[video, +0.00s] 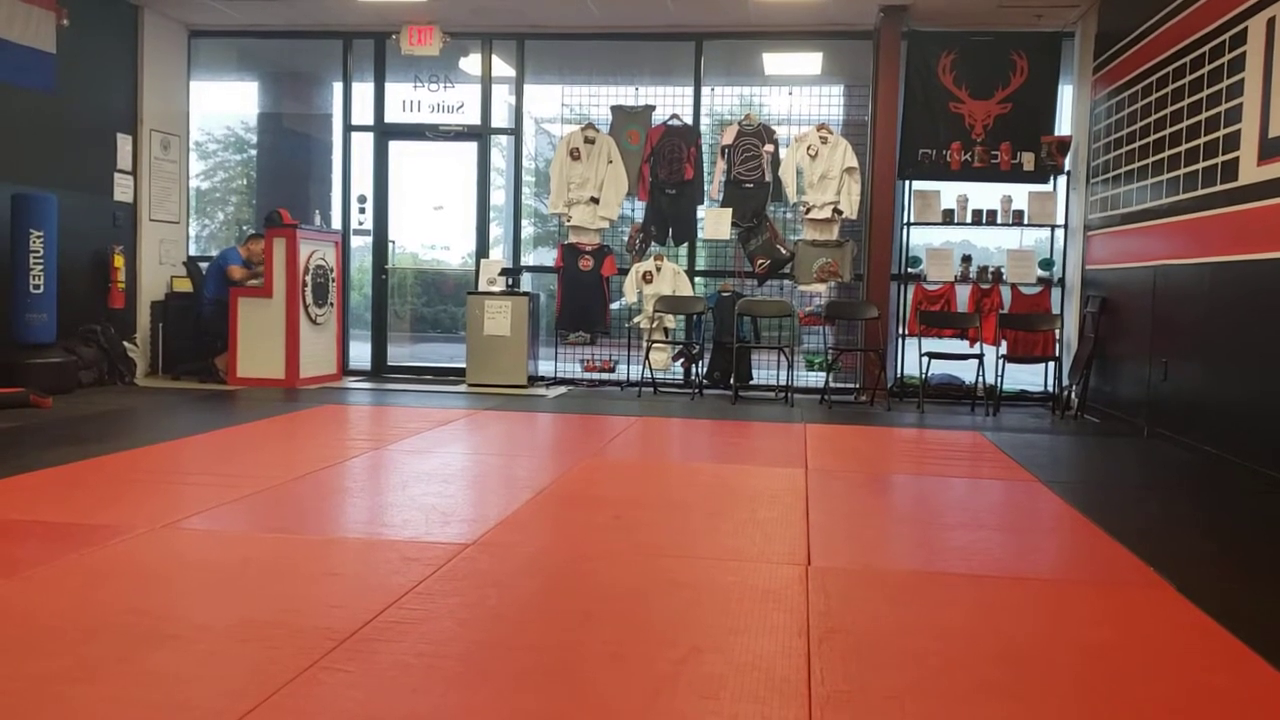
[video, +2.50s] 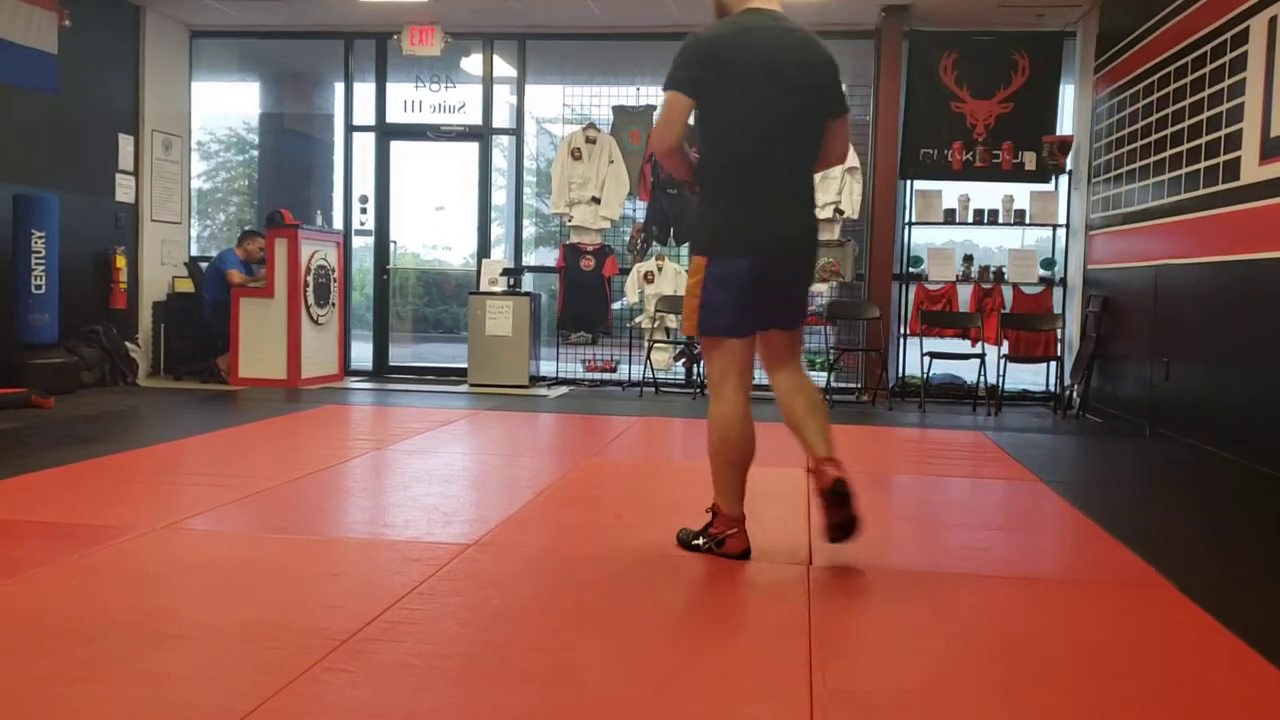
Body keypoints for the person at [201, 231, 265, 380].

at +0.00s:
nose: (262, 256)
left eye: (264, 252)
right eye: (261, 251)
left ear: (252, 246)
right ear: (250, 245)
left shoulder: (244, 261)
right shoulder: (231, 254)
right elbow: (236, 275)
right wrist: (256, 273)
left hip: (227, 306)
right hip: (213, 307)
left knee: (254, 329)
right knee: (249, 332)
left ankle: (224, 363)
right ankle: (221, 362)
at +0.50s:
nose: (263, 255)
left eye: (264, 252)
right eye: (262, 250)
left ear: (252, 246)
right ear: (251, 245)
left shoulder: (246, 263)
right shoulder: (231, 255)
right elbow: (234, 278)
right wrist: (258, 275)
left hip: (229, 306)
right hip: (214, 306)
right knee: (250, 333)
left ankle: (225, 362)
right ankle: (222, 362)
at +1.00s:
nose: (262, 255)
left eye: (264, 252)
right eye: (261, 250)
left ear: (249, 246)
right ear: (248, 245)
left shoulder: (245, 264)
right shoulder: (230, 256)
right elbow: (234, 279)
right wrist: (257, 277)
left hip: (229, 306)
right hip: (214, 307)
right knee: (250, 333)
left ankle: (225, 363)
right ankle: (222, 362)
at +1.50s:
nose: (262, 255)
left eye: (263, 251)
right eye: (260, 250)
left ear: (248, 246)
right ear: (247, 245)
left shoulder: (245, 263)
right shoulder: (229, 256)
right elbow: (234, 279)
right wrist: (257, 278)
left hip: (229, 308)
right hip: (214, 309)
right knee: (252, 332)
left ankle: (226, 363)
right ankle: (223, 362)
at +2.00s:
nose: (262, 254)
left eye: (263, 250)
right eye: (260, 249)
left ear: (247, 246)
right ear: (247, 245)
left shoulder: (245, 263)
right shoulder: (229, 256)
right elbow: (235, 279)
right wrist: (257, 278)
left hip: (230, 308)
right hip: (215, 309)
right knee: (253, 332)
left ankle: (226, 363)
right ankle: (223, 362)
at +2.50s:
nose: (262, 254)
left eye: (263, 251)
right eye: (260, 249)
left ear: (247, 245)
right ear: (246, 244)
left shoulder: (245, 263)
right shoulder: (229, 256)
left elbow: (252, 281)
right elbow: (235, 279)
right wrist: (257, 278)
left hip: (230, 308)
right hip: (214, 309)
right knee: (253, 331)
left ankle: (227, 363)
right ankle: (223, 362)